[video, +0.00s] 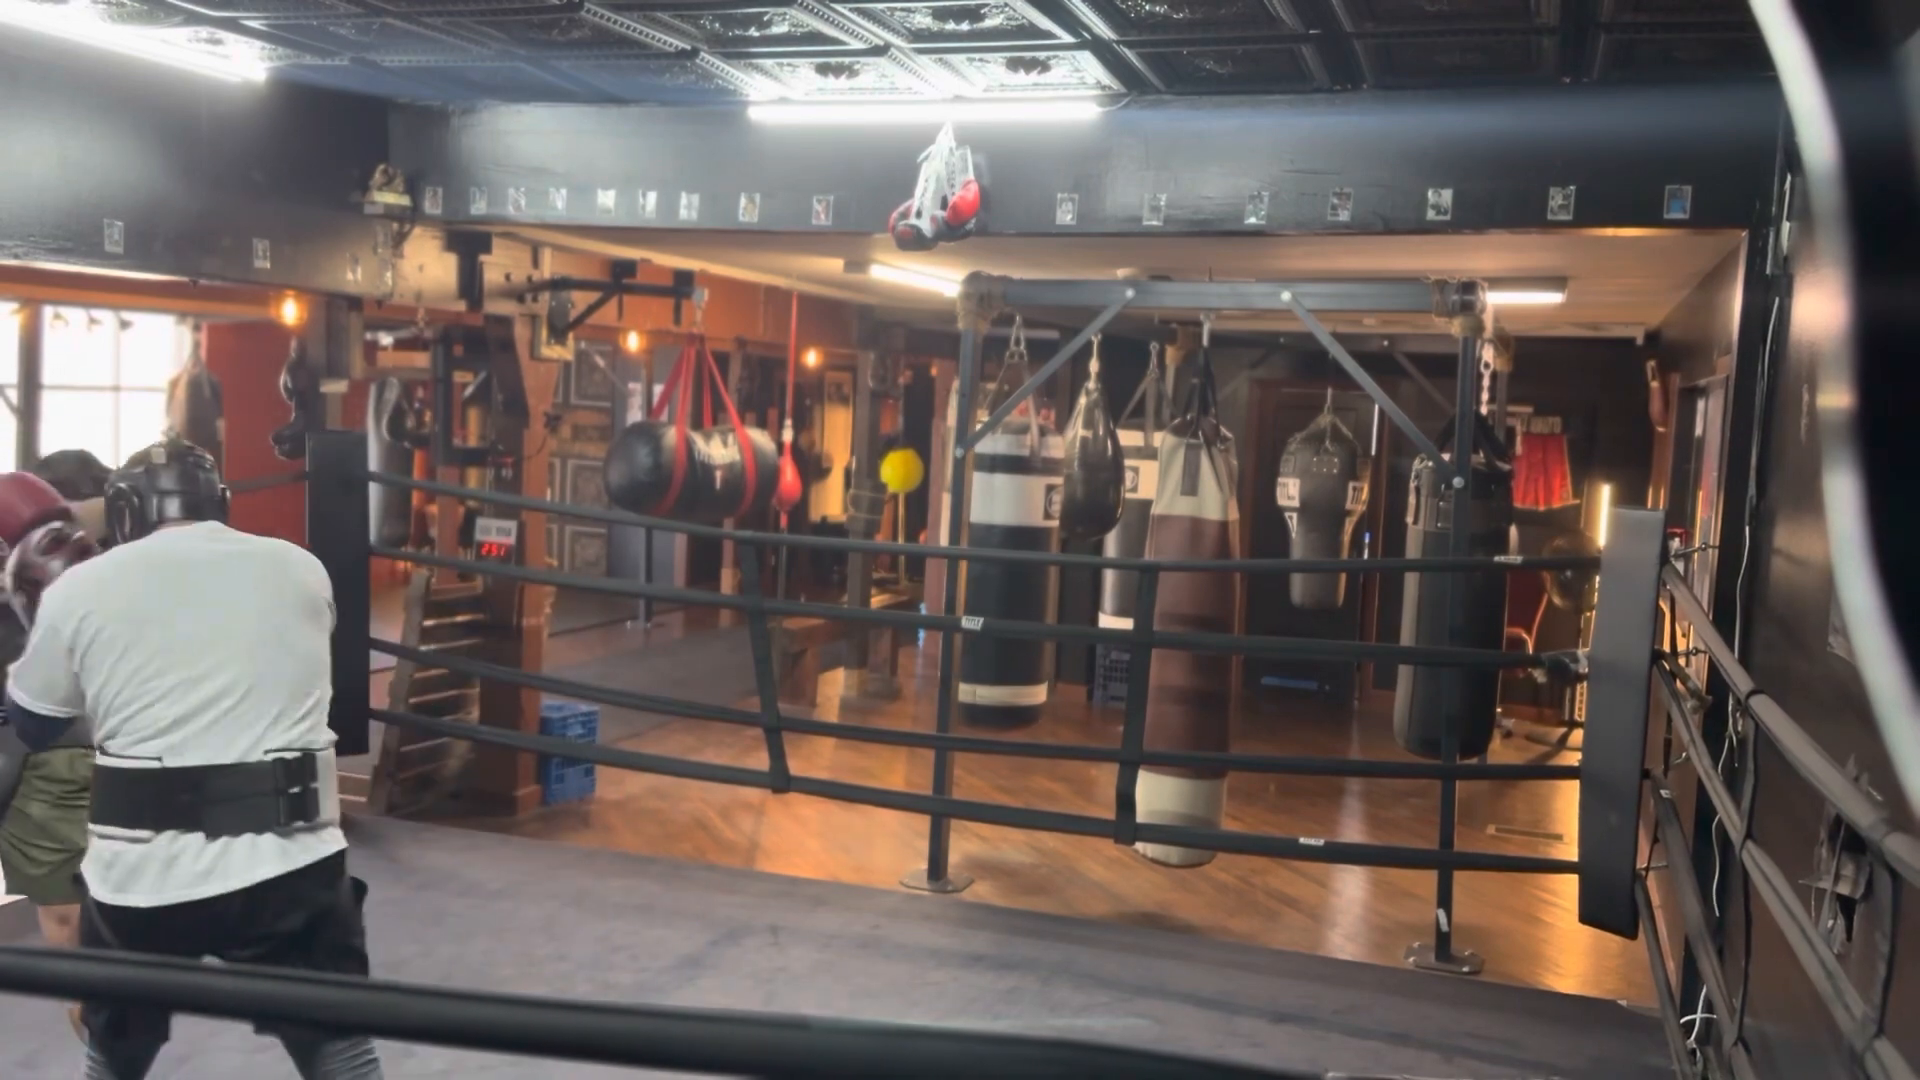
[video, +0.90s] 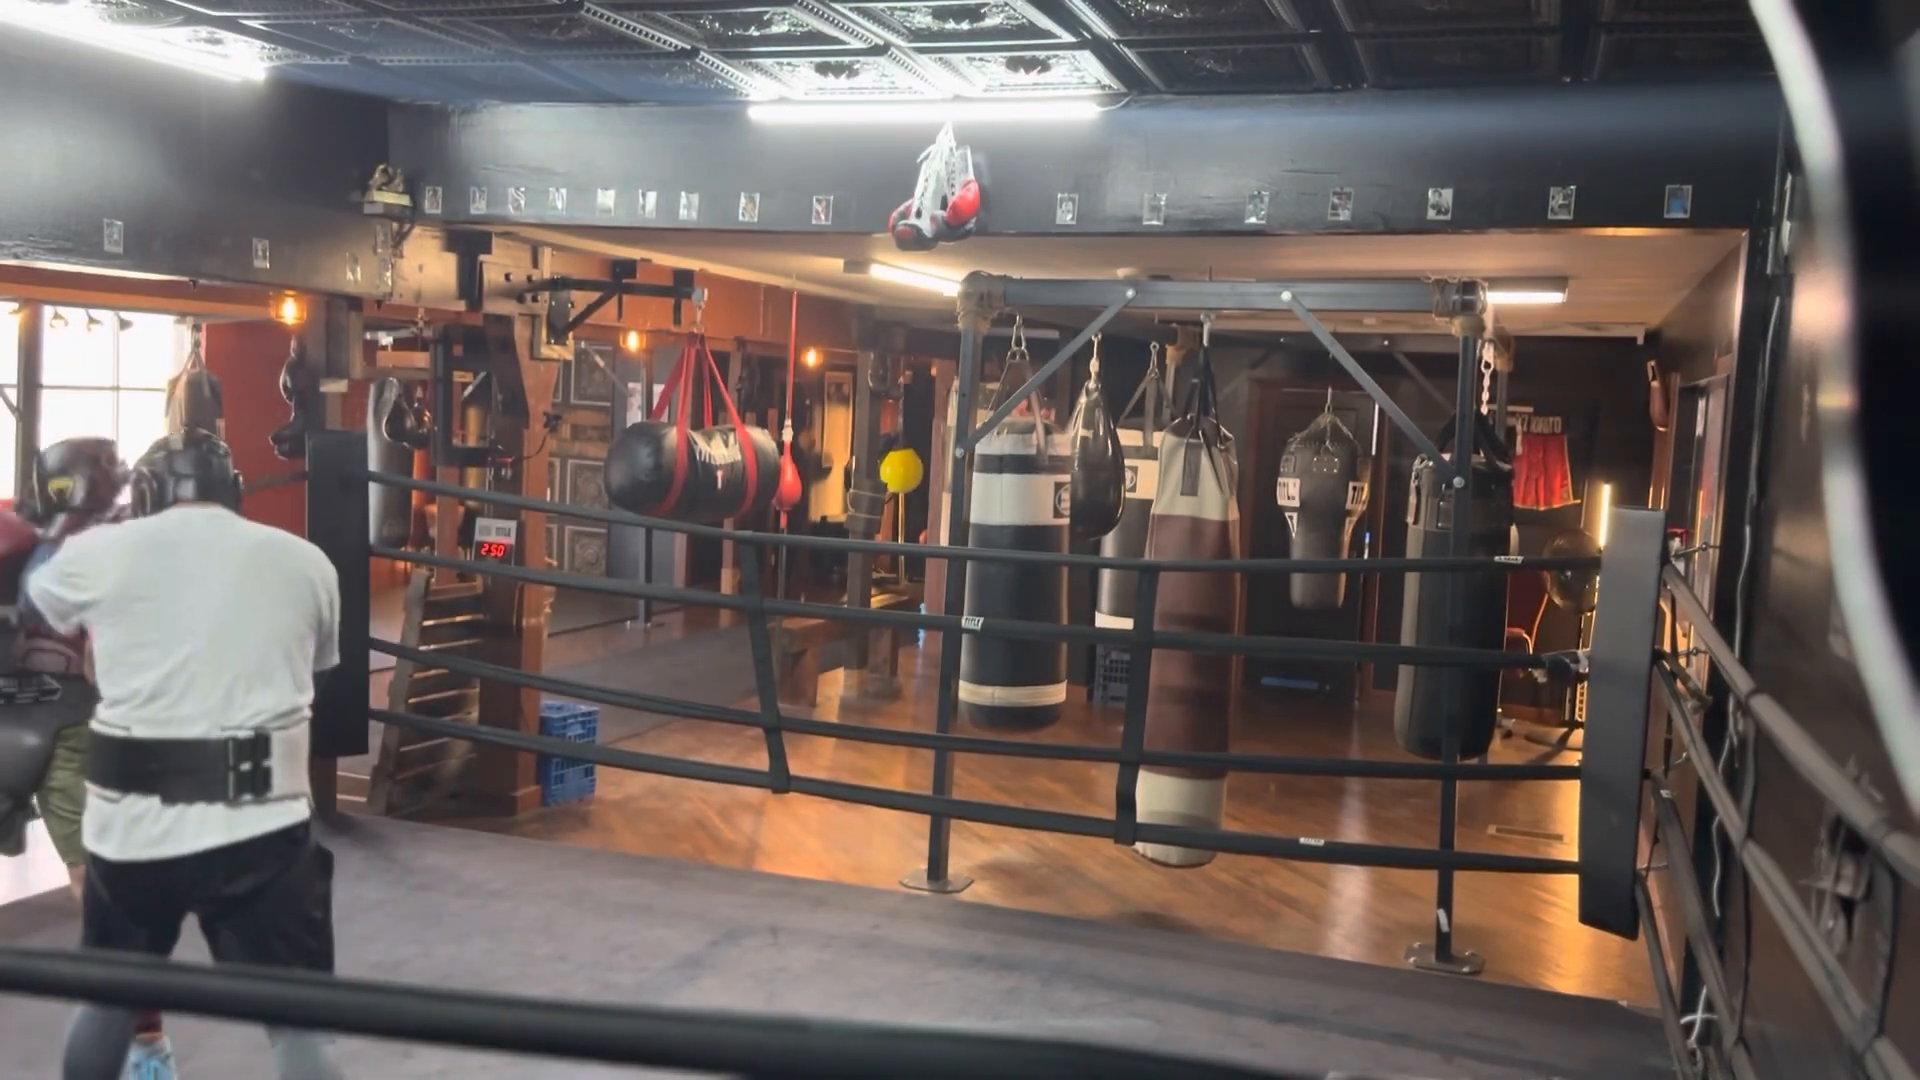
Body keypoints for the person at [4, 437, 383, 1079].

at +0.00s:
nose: (103, 522)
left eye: (110, 509)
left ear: (127, 514)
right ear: (219, 507)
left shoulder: (80, 591)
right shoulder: (302, 569)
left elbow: (33, 728)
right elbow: (294, 686)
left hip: (142, 893)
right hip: (291, 882)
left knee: (115, 1052)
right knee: (341, 1051)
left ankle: (111, 1060)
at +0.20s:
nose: (93, 513)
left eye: (97, 502)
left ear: (110, 504)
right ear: (207, 499)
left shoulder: (56, 576)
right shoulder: (292, 559)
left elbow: (8, 663)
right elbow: (289, 673)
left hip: (126, 861)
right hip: (273, 850)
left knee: (109, 1058)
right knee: (323, 1046)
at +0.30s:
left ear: (135, 495)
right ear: (228, 489)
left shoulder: (83, 558)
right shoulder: (301, 553)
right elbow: (329, 659)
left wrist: (70, 506)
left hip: (131, 857)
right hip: (273, 850)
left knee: (110, 1058)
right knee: (318, 1048)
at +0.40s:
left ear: (162, 489)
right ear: (253, 490)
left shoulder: (110, 547)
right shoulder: (325, 559)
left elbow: (49, 574)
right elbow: (340, 675)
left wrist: (88, 506)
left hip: (132, 855)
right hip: (276, 853)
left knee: (109, 1052)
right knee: (313, 1055)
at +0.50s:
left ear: (215, 488)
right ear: (306, 496)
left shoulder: (144, 553)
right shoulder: (361, 578)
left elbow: (71, 660)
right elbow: (355, 731)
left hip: (135, 854)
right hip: (272, 863)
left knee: (112, 1017)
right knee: (313, 1049)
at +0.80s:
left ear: (183, 499)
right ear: (272, 501)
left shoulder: (123, 559)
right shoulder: (334, 571)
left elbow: (97, 674)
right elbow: (346, 701)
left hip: (146, 844)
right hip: (278, 848)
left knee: (115, 1007)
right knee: (295, 1041)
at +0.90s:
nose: (134, 498)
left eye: (139, 490)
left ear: (148, 492)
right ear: (233, 492)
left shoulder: (109, 551)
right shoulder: (305, 561)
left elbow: (38, 600)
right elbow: (322, 659)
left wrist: (75, 524)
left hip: (134, 833)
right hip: (263, 832)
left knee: (107, 998)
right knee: (298, 1023)